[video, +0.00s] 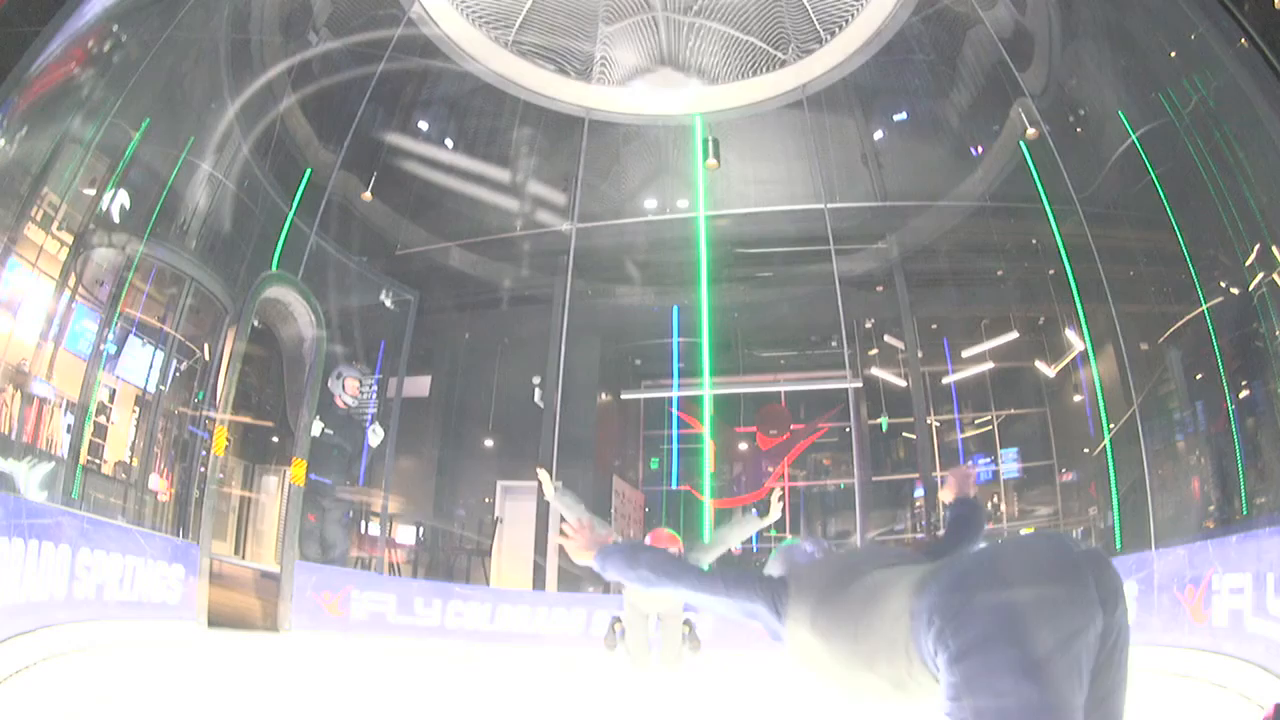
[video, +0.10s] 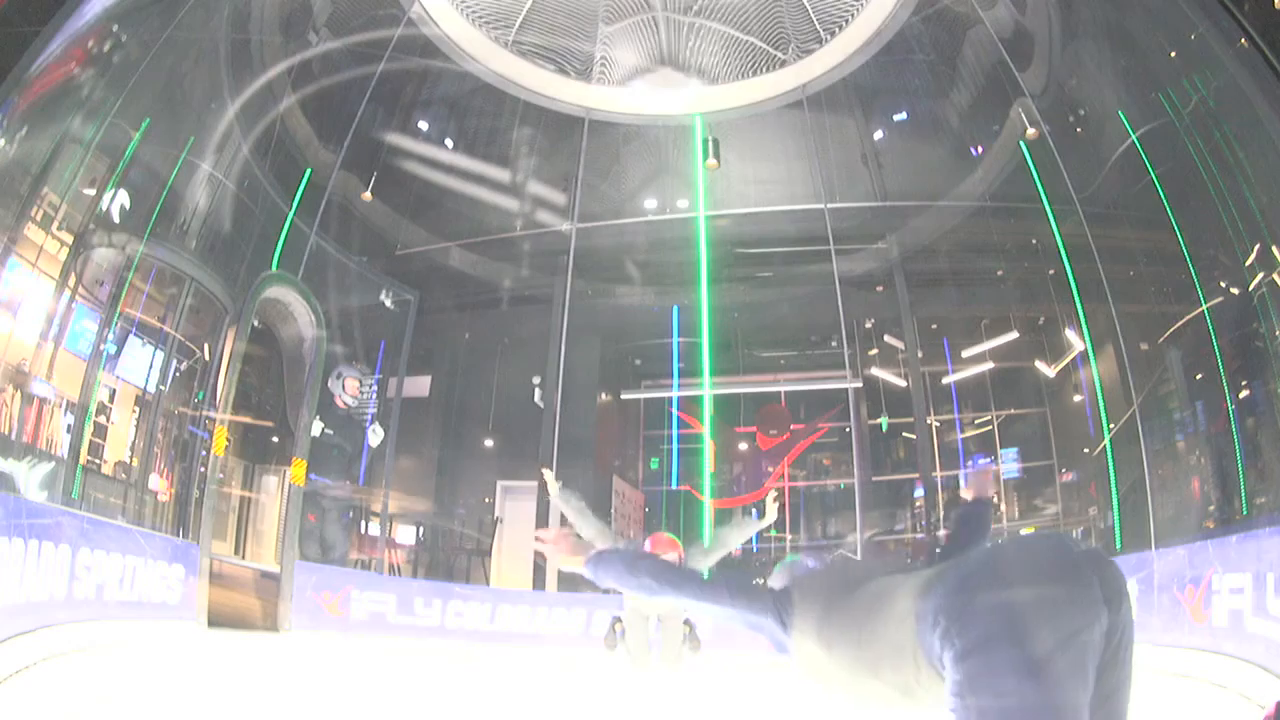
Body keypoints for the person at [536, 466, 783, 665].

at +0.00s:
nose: (667, 562)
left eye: (672, 555)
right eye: (661, 556)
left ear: (680, 552)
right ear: (648, 550)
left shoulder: (689, 560)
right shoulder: (629, 557)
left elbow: (724, 538)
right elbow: (589, 523)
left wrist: (764, 516)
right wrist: (556, 494)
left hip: (672, 613)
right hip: (637, 613)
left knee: (672, 659)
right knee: (639, 659)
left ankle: (686, 641)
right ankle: (617, 636)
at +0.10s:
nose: (668, 569)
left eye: (673, 563)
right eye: (662, 563)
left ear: (680, 558)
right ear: (647, 556)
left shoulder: (690, 563)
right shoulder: (626, 558)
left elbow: (723, 541)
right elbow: (589, 525)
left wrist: (761, 518)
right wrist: (558, 493)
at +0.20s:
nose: (662, 575)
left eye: (670, 569)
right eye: (657, 568)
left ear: (680, 566)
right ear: (646, 561)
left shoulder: (689, 574)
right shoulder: (625, 566)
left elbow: (722, 547)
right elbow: (592, 528)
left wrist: (760, 520)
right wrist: (561, 493)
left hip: (675, 660)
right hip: (633, 659)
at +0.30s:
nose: (664, 583)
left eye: (671, 576)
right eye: (658, 575)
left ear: (681, 574)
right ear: (647, 570)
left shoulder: (689, 590)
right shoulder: (629, 583)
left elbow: (723, 550)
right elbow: (595, 537)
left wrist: (760, 524)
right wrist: (562, 501)